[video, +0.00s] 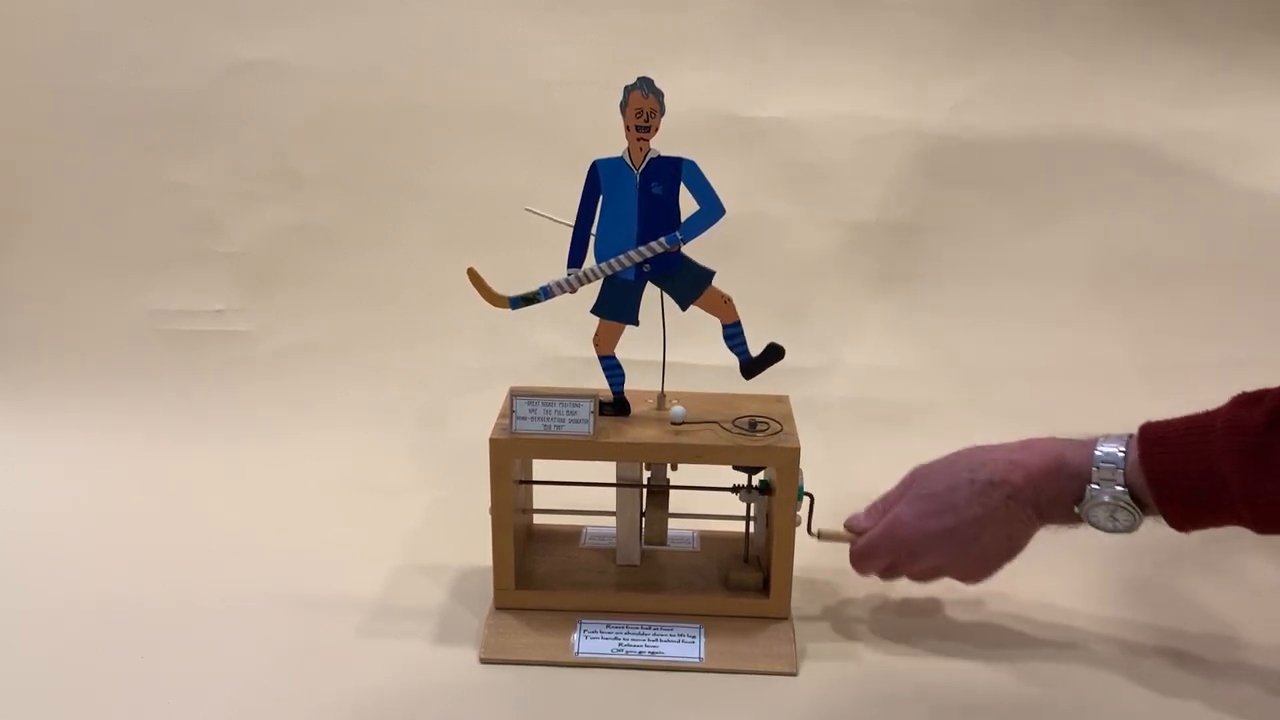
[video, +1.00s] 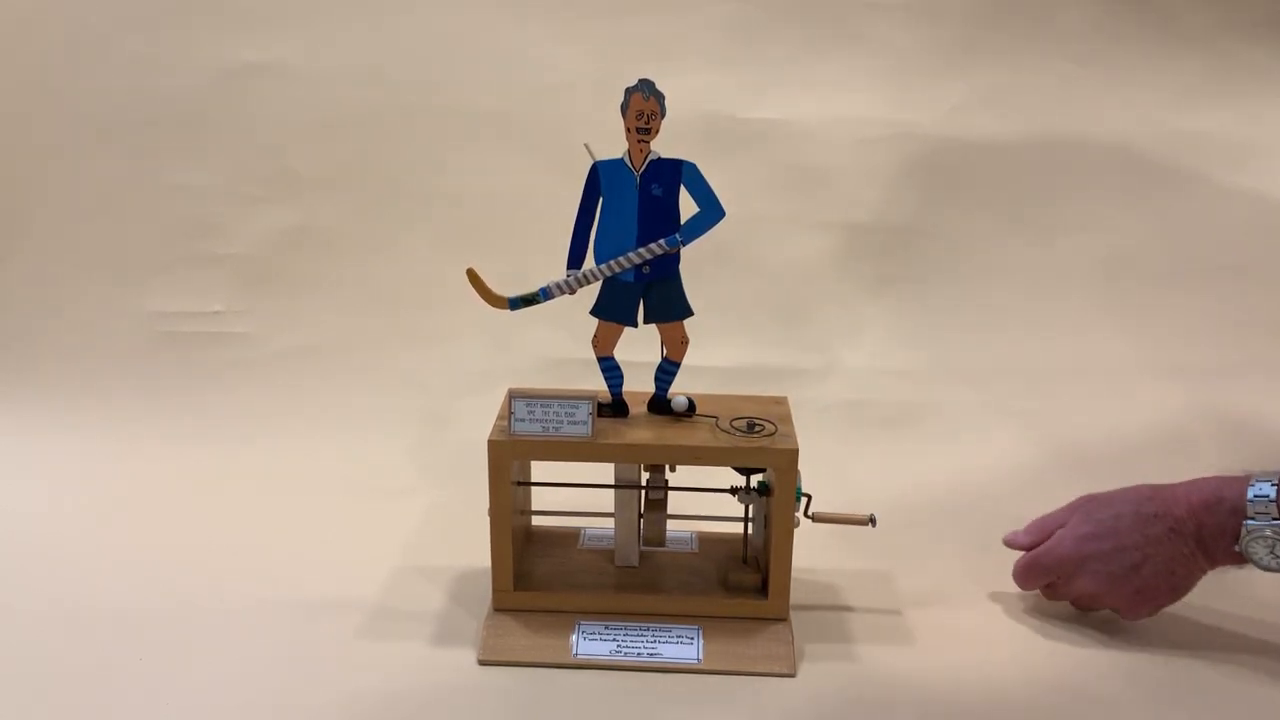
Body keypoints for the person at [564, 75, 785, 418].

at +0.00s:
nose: (645, 119)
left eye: (652, 112)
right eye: (638, 111)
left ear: (660, 119)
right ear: (623, 116)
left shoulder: (678, 168)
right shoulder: (602, 170)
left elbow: (714, 210)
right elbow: (582, 225)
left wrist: (676, 239)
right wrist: (573, 272)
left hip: (666, 262)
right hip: (621, 268)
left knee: (724, 306)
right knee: (603, 343)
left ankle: (746, 362)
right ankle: (619, 401)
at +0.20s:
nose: (647, 121)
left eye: (654, 114)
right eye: (640, 113)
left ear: (663, 122)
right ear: (626, 118)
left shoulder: (681, 170)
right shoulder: (604, 171)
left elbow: (716, 211)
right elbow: (585, 224)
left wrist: (676, 241)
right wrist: (575, 270)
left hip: (667, 270)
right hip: (621, 272)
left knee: (706, 330)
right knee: (603, 344)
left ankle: (707, 389)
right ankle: (618, 402)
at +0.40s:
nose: (646, 120)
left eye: (653, 114)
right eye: (639, 112)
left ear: (662, 122)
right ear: (624, 118)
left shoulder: (678, 170)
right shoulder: (604, 171)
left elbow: (715, 211)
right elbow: (584, 224)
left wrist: (677, 241)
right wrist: (574, 272)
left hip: (663, 276)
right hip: (620, 275)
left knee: (678, 344)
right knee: (603, 343)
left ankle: (660, 400)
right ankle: (618, 401)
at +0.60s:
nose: (646, 120)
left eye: (653, 114)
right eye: (639, 113)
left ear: (662, 121)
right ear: (624, 117)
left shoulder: (678, 169)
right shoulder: (603, 171)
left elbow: (715, 210)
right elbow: (584, 224)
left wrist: (677, 240)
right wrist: (573, 272)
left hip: (662, 275)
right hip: (619, 275)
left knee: (677, 343)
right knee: (603, 343)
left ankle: (660, 399)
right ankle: (617, 400)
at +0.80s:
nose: (646, 120)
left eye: (653, 114)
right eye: (639, 113)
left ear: (661, 121)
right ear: (624, 118)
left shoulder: (678, 170)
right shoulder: (603, 171)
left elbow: (715, 211)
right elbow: (583, 224)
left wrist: (676, 241)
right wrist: (573, 273)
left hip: (662, 276)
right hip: (619, 276)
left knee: (677, 344)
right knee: (602, 344)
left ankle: (660, 400)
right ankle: (617, 400)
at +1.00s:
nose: (645, 120)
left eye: (652, 114)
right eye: (638, 113)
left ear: (661, 122)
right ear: (623, 118)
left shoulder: (677, 170)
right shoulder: (602, 171)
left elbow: (714, 211)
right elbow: (583, 225)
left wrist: (677, 241)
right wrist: (573, 273)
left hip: (662, 276)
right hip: (619, 276)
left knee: (677, 344)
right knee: (602, 344)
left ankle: (660, 400)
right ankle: (617, 401)